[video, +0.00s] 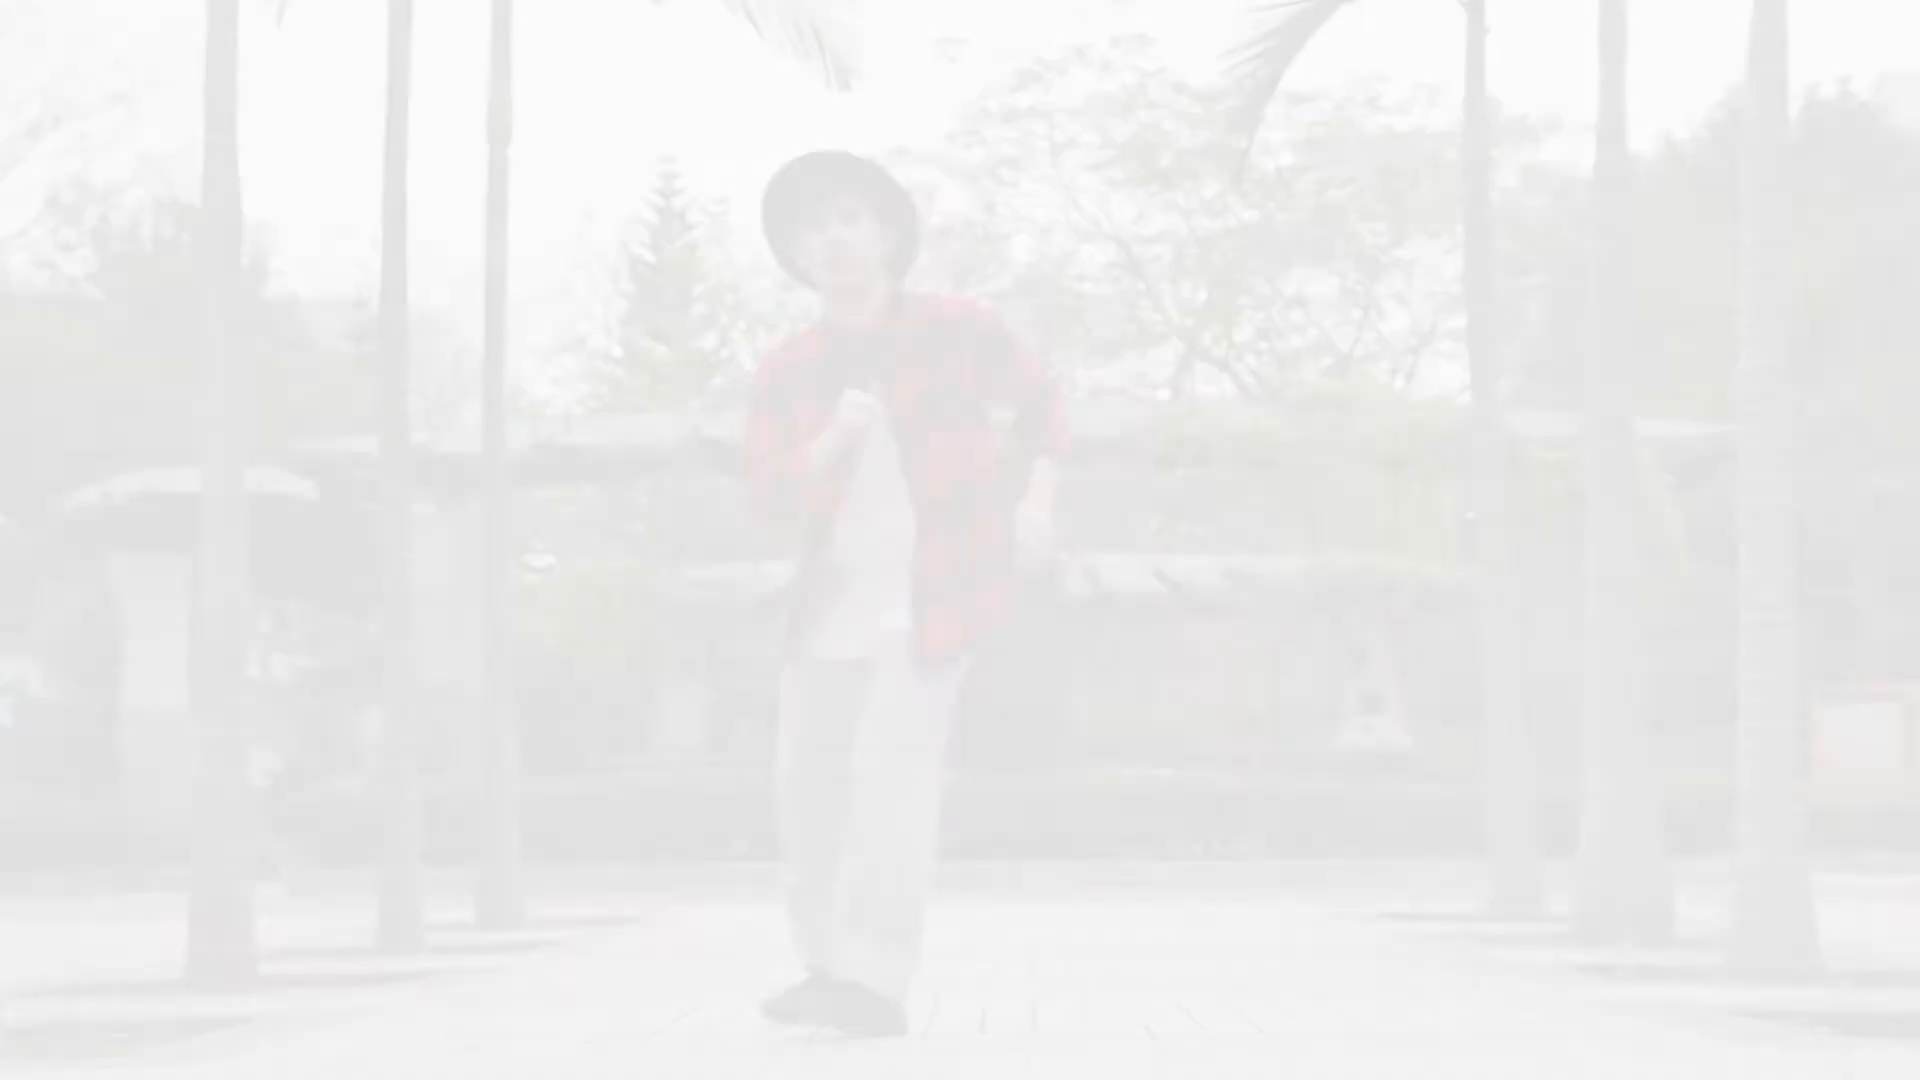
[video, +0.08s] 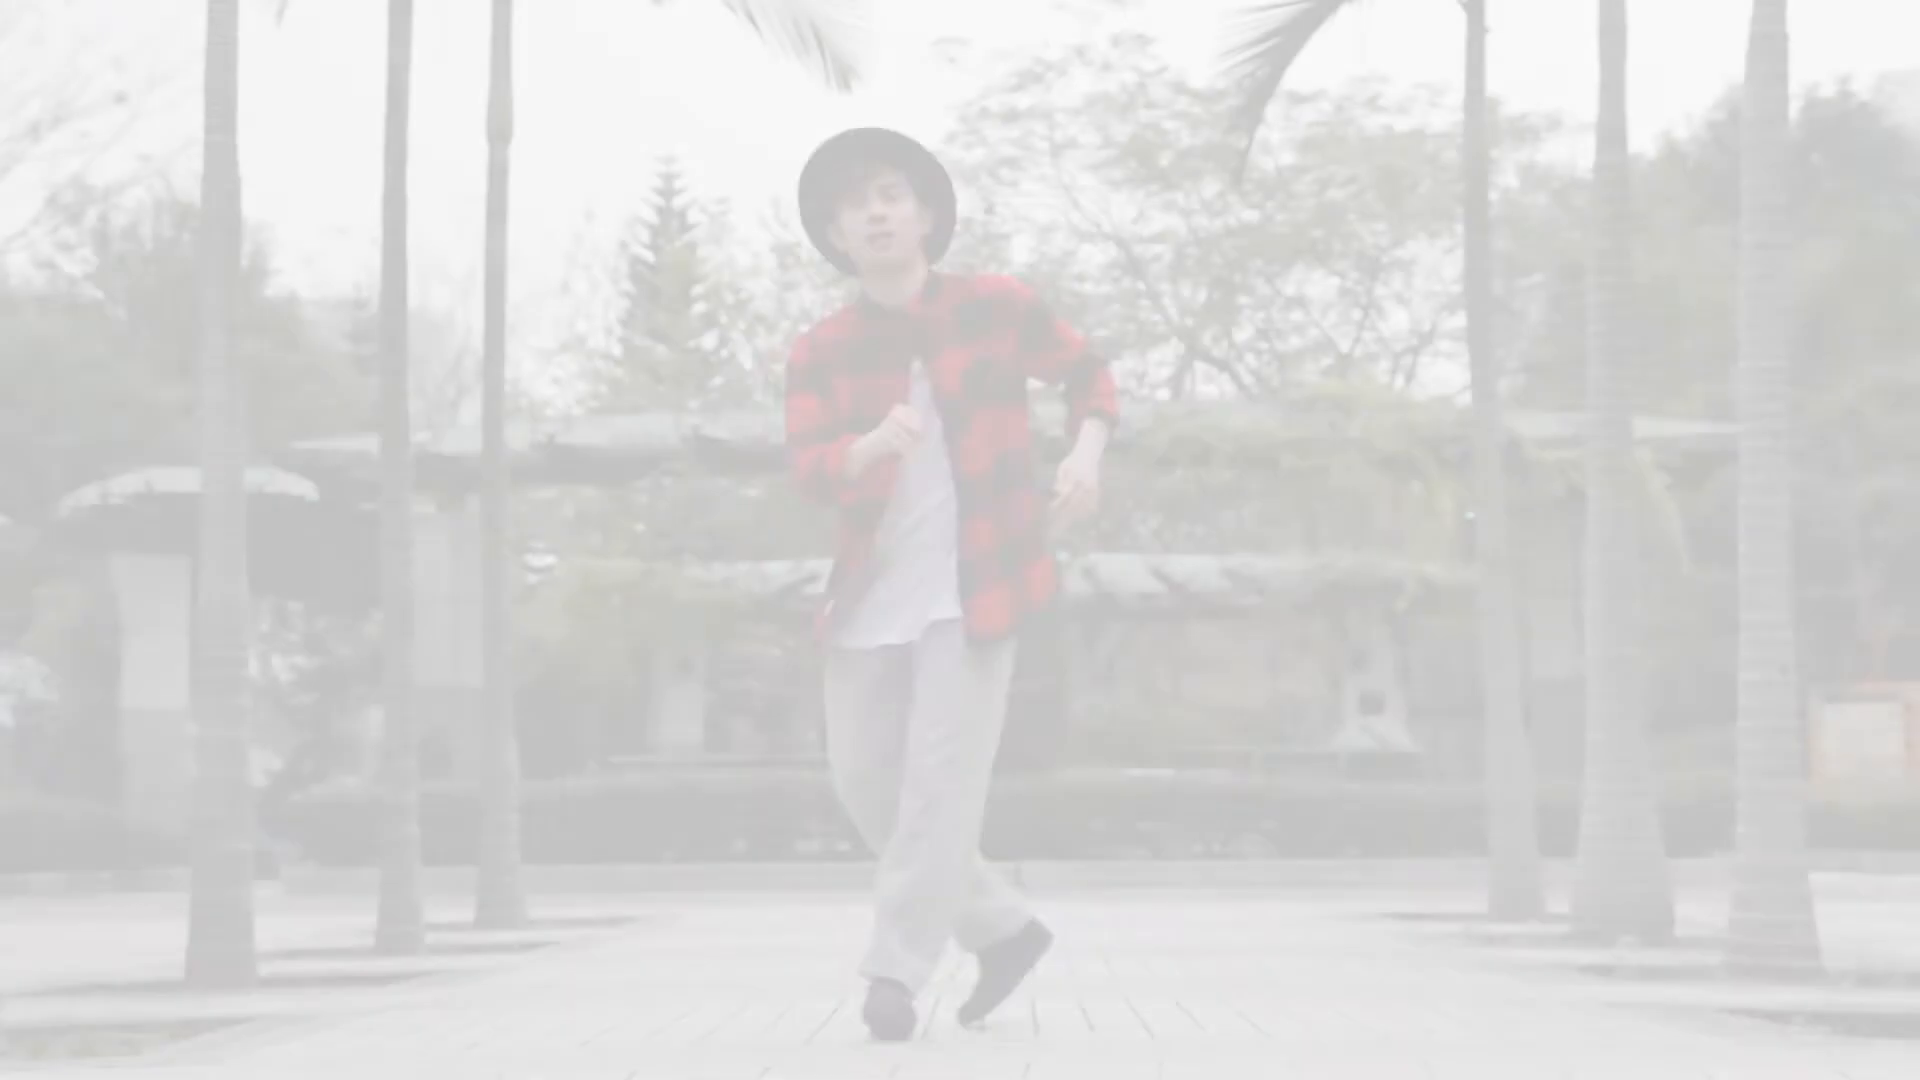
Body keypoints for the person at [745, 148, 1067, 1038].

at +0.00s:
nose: (839, 247)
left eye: (854, 224)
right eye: (817, 233)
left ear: (895, 233)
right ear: (798, 258)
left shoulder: (962, 332)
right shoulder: (790, 368)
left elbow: (1043, 415)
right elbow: (775, 502)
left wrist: (1029, 512)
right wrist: (833, 441)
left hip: (933, 596)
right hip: (831, 599)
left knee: (893, 779)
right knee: (806, 776)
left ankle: (876, 978)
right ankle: (826, 966)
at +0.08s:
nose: (876, 217)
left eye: (893, 196)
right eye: (851, 206)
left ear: (930, 213)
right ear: (831, 237)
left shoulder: (1000, 308)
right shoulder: (821, 349)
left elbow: (1089, 373)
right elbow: (811, 469)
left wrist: (1086, 454)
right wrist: (864, 449)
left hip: (972, 587)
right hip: (870, 596)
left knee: (941, 774)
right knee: (860, 775)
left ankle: (895, 972)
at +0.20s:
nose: (942, 218)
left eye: (959, 200)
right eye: (917, 206)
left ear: (993, 220)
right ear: (890, 239)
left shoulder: (1053, 323)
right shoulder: (875, 355)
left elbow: (1152, 407)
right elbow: (878, 471)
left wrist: (1146, 436)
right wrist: (914, 518)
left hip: (1032, 595)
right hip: (930, 608)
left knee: (999, 796)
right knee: (995, 806)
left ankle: (910, 979)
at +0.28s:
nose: (978, 226)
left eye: (993, 207)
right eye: (953, 216)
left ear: (1028, 227)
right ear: (929, 251)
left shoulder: (1093, 336)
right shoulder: (914, 369)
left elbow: (1168, 454)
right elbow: (919, 500)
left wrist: (1133, 444)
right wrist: (937, 599)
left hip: (1076, 602)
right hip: (974, 616)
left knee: (1040, 767)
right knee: (1040, 806)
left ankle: (951, 958)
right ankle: (1154, 974)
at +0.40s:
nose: (1016, 211)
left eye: (1032, 193)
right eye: (994, 202)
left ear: (1069, 215)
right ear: (973, 238)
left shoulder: (1136, 322)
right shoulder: (964, 360)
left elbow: (1178, 452)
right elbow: (949, 494)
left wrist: (1103, 398)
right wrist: (941, 606)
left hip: (1130, 588)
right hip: (1026, 606)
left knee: (1129, 727)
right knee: (1063, 796)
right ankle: (1167, 982)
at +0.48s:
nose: (1035, 197)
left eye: (1052, 180)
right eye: (1012, 186)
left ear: (1087, 201)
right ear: (991, 220)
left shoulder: (1149, 305)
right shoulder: (984, 341)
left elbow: (1190, 436)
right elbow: (971, 477)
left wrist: (1101, 390)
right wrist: (950, 580)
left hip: (1164, 573)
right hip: (1060, 593)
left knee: (1196, 736)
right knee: (1089, 791)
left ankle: (1257, 935)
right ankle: (1162, 983)